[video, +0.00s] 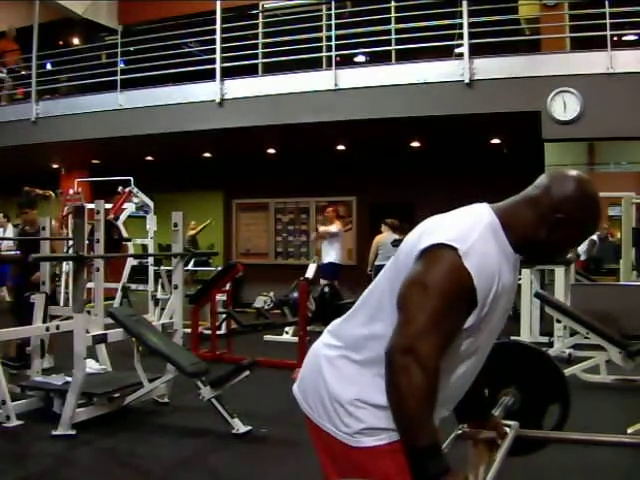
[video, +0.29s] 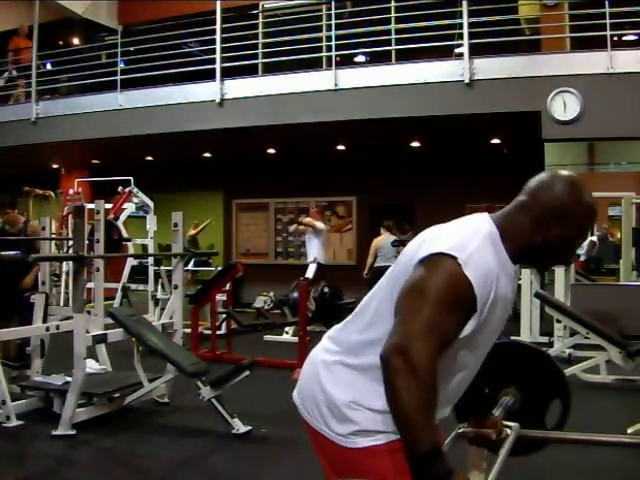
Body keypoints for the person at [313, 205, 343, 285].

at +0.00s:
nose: (326, 215)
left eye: (329, 212)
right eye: (326, 212)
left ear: (335, 213)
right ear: (325, 214)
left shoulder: (337, 225)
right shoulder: (328, 226)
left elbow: (333, 230)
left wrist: (320, 229)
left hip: (333, 259)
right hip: (325, 259)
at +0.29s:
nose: (312, 216)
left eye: (314, 214)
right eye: (312, 214)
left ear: (319, 215)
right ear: (311, 215)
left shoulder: (321, 227)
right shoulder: (309, 228)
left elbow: (310, 222)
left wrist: (304, 220)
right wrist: (298, 224)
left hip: (317, 259)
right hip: (311, 259)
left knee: (305, 282)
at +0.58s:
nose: (293, 213)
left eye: (295, 211)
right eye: (293, 211)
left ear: (301, 213)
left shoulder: (302, 225)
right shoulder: (296, 225)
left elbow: (284, 234)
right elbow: (280, 236)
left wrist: (284, 222)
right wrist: (282, 226)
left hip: (299, 258)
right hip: (294, 258)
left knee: (286, 280)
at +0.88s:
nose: (272, 215)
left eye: (274, 213)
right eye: (273, 213)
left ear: (281, 215)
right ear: (280, 215)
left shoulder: (279, 228)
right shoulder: (282, 227)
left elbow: (273, 244)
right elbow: (275, 242)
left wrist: (263, 238)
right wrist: (266, 236)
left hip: (278, 262)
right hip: (283, 262)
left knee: (270, 284)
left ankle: (265, 307)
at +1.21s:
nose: (248, 215)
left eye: (250, 212)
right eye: (248, 212)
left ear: (257, 214)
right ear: (250, 214)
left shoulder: (262, 228)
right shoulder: (249, 228)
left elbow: (257, 247)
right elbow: (248, 243)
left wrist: (244, 242)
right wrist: (241, 240)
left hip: (259, 260)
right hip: (251, 259)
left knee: (246, 282)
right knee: (259, 285)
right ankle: (258, 307)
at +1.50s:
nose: (230, 216)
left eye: (232, 214)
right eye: (229, 214)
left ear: (238, 215)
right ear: (228, 216)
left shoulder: (243, 229)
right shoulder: (228, 229)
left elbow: (242, 247)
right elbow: (225, 240)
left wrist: (229, 245)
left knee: (242, 283)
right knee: (231, 284)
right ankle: (230, 303)